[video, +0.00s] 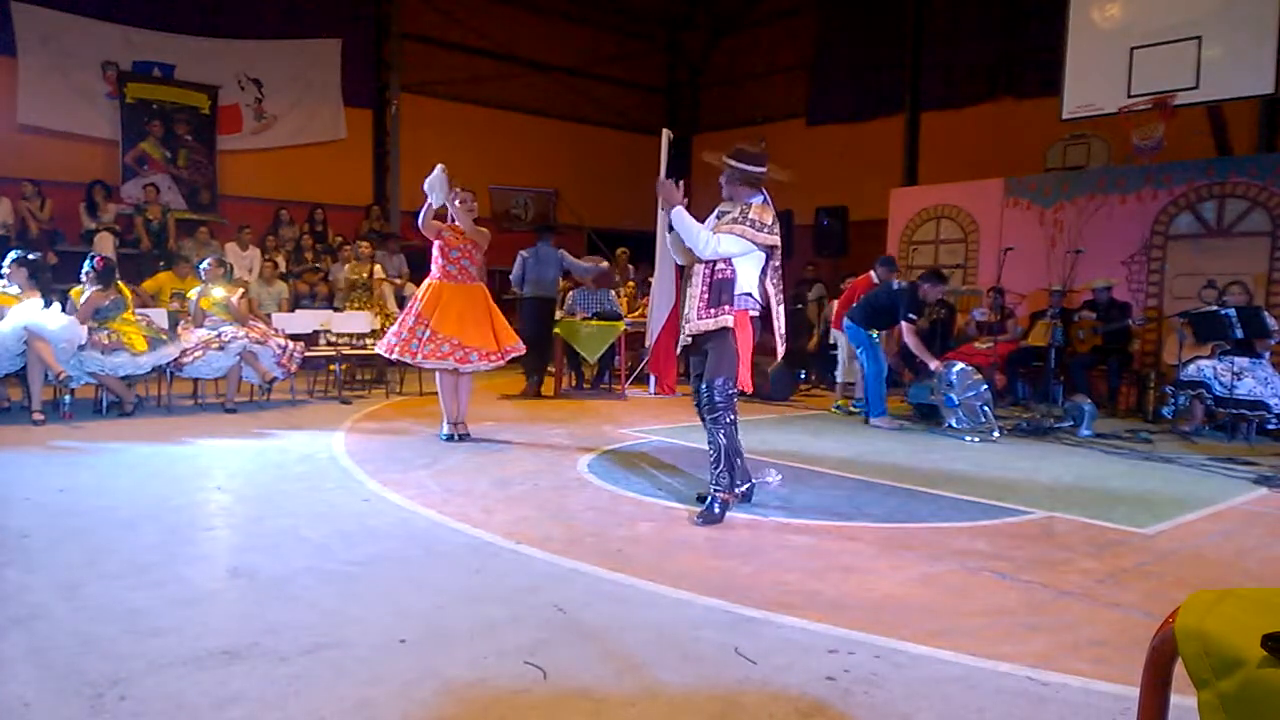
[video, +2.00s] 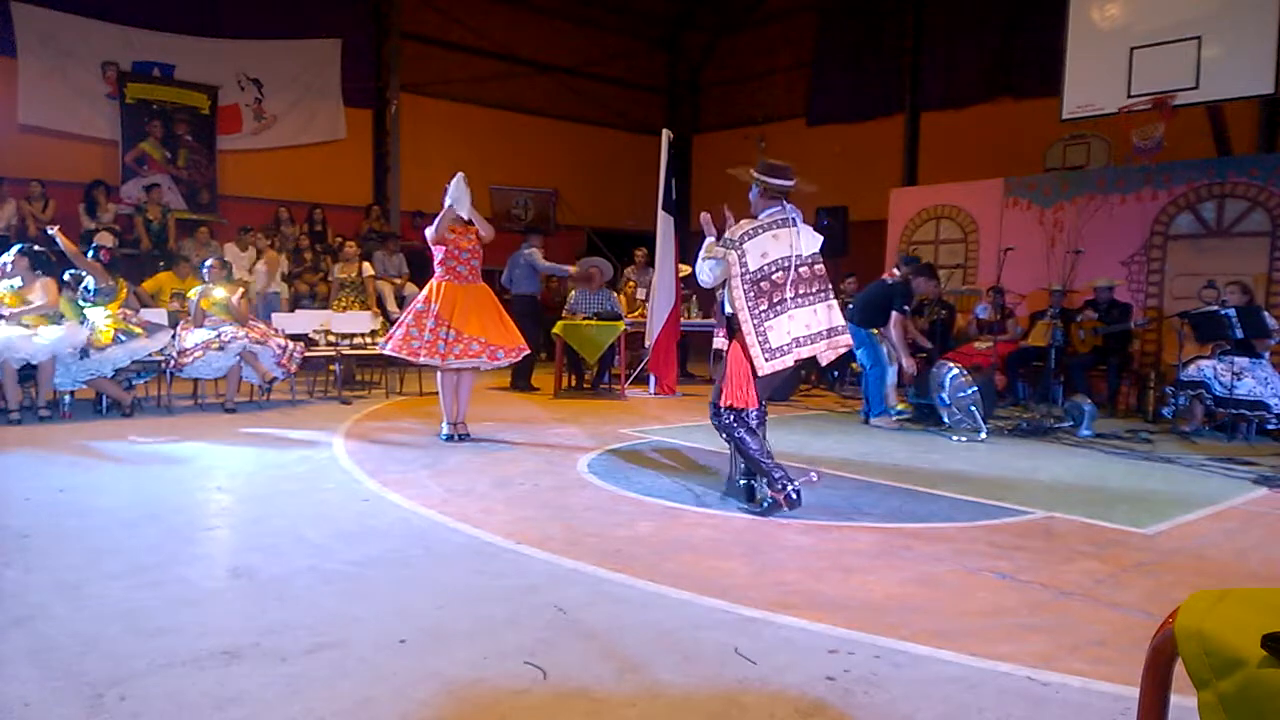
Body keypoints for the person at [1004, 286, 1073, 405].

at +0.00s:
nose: (1055, 300)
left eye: (1058, 296)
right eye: (1053, 296)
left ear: (1063, 297)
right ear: (1049, 297)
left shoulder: (1068, 314)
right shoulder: (1036, 315)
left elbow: (1068, 340)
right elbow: (1028, 335)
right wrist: (1024, 342)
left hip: (1055, 349)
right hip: (1035, 348)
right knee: (1012, 358)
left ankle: (1042, 398)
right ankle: (1012, 395)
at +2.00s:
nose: (1056, 299)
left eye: (1059, 296)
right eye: (1053, 295)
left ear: (1063, 297)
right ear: (1049, 296)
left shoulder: (1068, 314)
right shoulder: (1037, 315)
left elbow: (1068, 338)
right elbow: (1029, 334)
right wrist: (1024, 341)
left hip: (1056, 348)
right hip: (1036, 348)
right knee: (1012, 358)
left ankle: (1042, 398)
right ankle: (1012, 395)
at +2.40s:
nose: (1056, 299)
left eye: (1059, 296)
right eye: (1053, 295)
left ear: (1063, 297)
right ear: (1049, 296)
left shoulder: (1068, 314)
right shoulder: (1037, 315)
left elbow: (1068, 338)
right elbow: (1028, 334)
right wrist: (1025, 342)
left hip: (1056, 348)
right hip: (1035, 348)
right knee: (1012, 359)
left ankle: (1042, 398)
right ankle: (1013, 395)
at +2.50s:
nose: (1056, 299)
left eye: (1059, 296)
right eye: (1053, 295)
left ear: (1063, 297)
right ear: (1049, 296)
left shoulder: (1068, 314)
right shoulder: (1037, 315)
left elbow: (1068, 338)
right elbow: (1029, 334)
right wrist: (1025, 341)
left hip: (1056, 348)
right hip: (1036, 347)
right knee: (1012, 359)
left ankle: (1043, 398)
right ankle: (1013, 395)